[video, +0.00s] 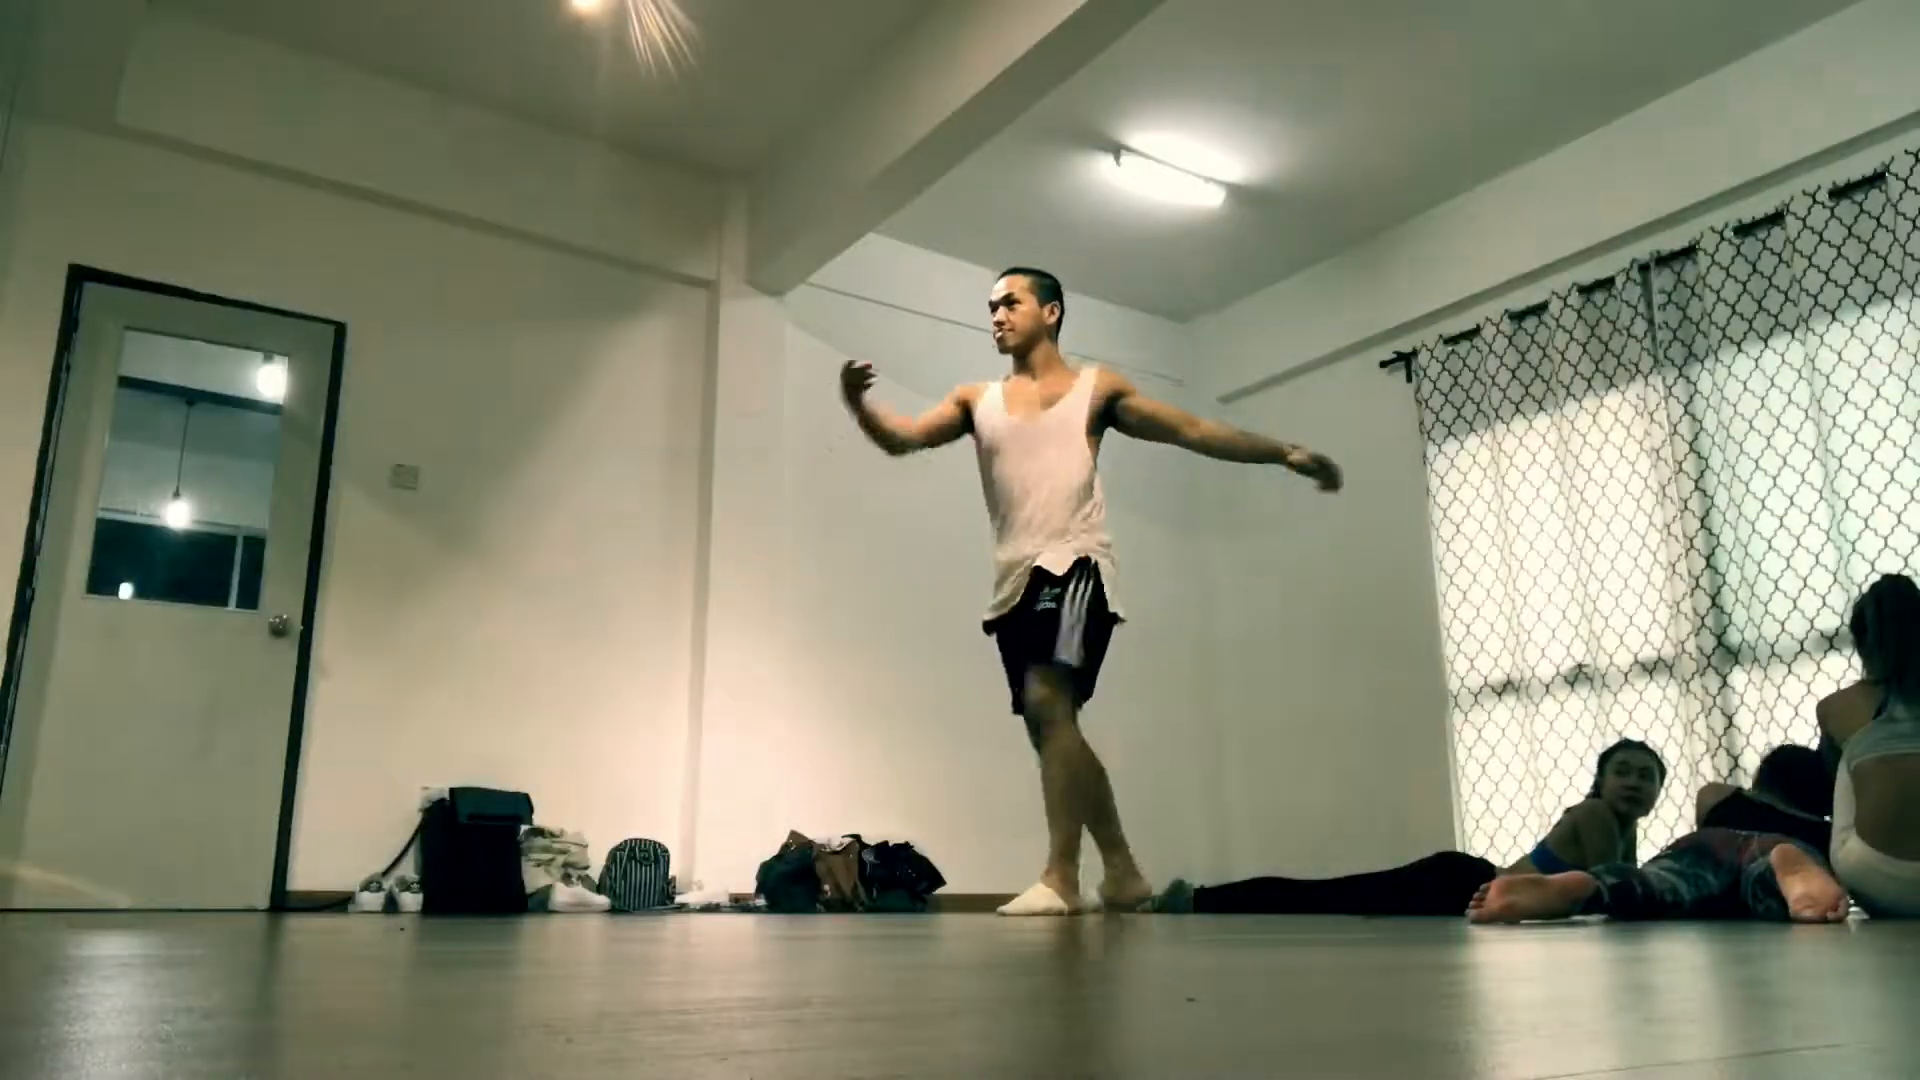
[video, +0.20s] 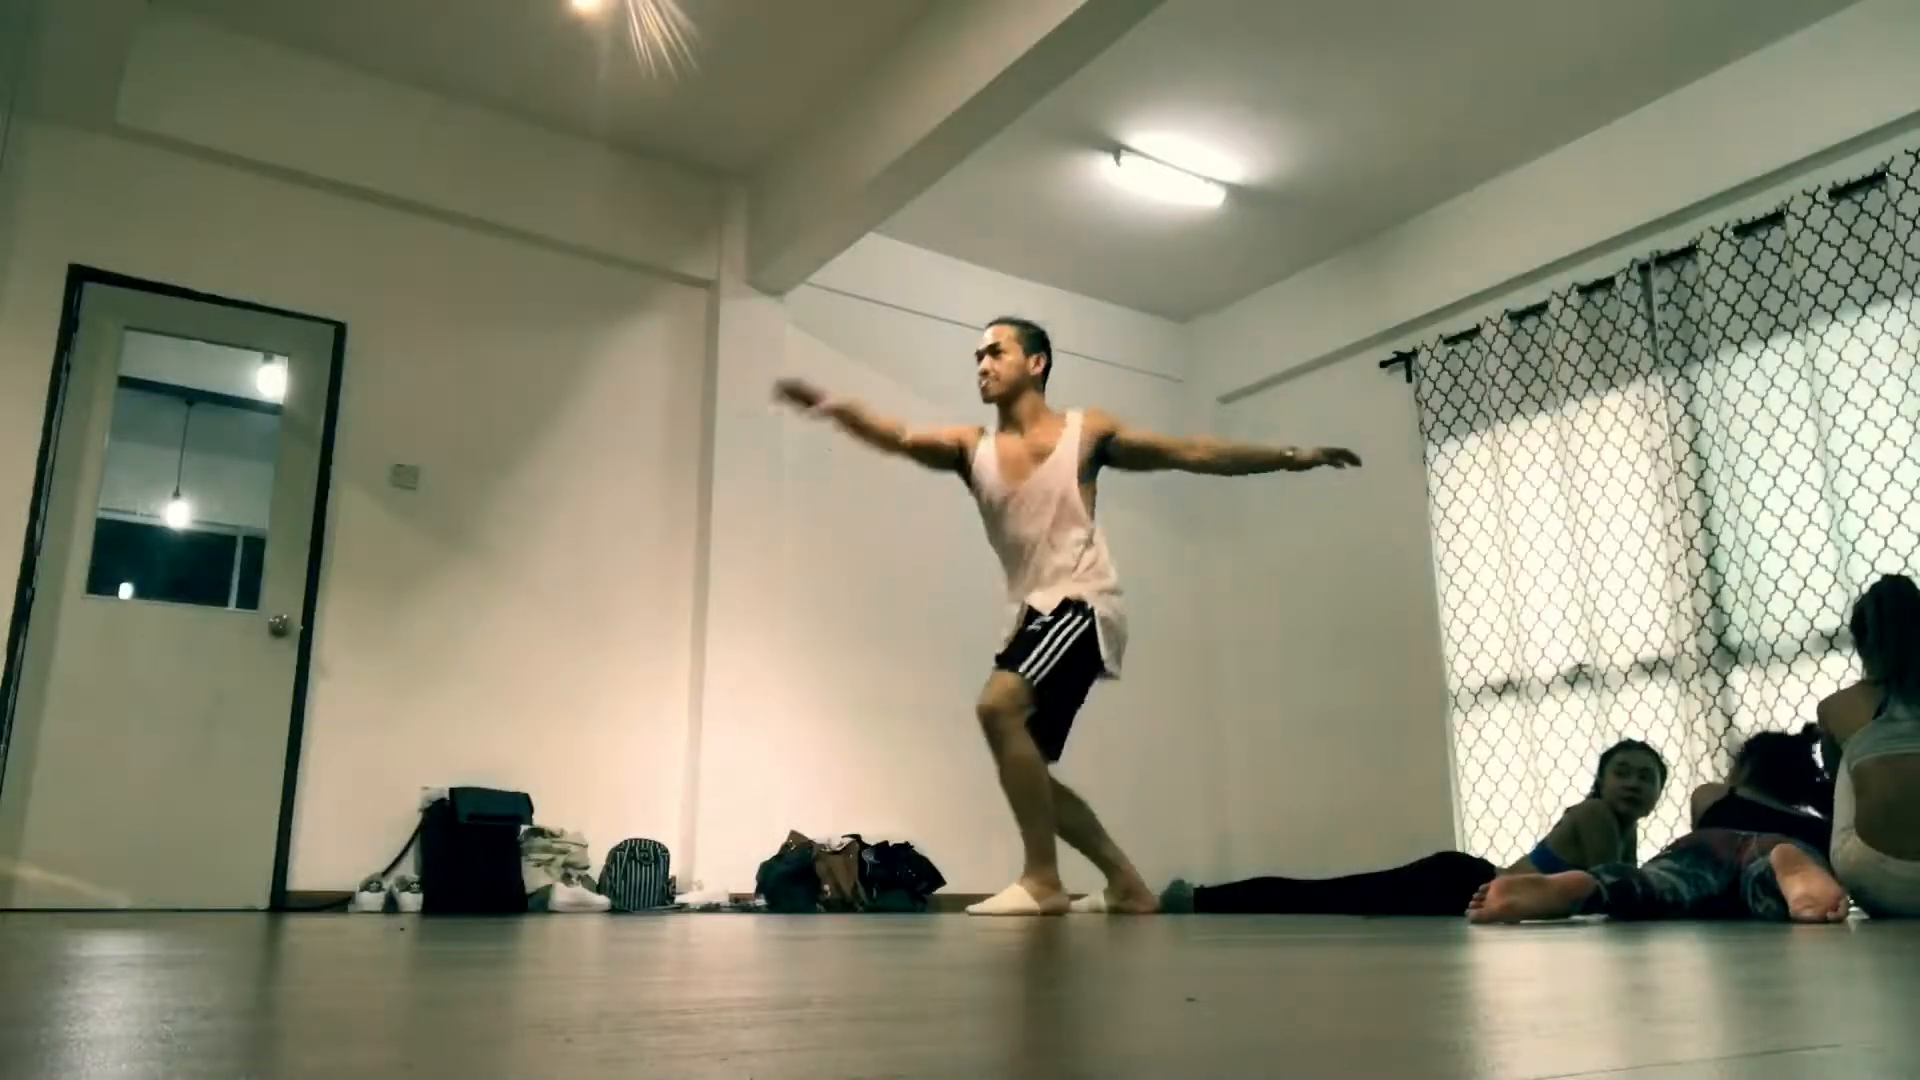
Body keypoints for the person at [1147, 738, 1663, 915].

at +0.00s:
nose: (1637, 788)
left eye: (1648, 782)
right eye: (1626, 776)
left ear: (1656, 794)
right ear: (1601, 780)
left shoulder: (1620, 835)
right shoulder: (1592, 820)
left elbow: (1619, 900)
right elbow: (1610, 898)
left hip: (1472, 888)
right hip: (1461, 884)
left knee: (1332, 895)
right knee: (1328, 896)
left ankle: (1198, 896)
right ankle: (1191, 899)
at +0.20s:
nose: (1635, 787)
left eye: (1647, 781)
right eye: (1624, 775)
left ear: (1657, 794)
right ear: (1602, 780)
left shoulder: (1623, 837)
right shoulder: (1592, 820)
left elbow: (1622, 900)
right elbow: (1610, 897)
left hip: (1472, 888)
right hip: (1462, 884)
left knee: (1331, 895)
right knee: (1327, 896)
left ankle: (1185, 898)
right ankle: (1177, 900)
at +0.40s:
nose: (1641, 789)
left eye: (1652, 782)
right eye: (1630, 777)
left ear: (1662, 794)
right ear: (1605, 781)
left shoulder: (1626, 839)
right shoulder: (1593, 822)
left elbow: (1621, 902)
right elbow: (1612, 899)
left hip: (1472, 886)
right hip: (1461, 882)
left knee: (1335, 893)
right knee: (1331, 894)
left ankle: (1203, 891)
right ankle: (1193, 894)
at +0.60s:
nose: (1642, 789)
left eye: (1655, 785)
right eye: (1633, 777)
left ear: (1664, 798)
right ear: (1611, 779)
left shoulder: (1631, 839)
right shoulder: (1596, 820)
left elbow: (1627, 898)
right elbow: (1613, 894)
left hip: (1476, 887)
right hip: (1465, 878)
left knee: (1348, 893)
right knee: (1345, 892)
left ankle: (1230, 895)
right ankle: (1225, 898)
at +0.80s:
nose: (1644, 788)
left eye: (1656, 783)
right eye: (1634, 776)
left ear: (1665, 798)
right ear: (1611, 779)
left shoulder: (1631, 840)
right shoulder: (1597, 820)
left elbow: (1626, 900)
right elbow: (1612, 894)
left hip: (1476, 889)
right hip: (1462, 879)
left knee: (1347, 895)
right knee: (1343, 894)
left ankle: (1227, 898)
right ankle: (1220, 902)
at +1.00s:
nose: (1642, 791)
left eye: (1654, 785)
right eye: (1632, 778)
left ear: (1662, 798)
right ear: (1607, 781)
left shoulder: (1615, 837)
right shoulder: (1595, 831)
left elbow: (1630, 900)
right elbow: (1633, 903)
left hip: (1466, 882)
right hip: (1456, 882)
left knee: (1335, 894)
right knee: (1330, 896)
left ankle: (1208, 898)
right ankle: (1202, 901)